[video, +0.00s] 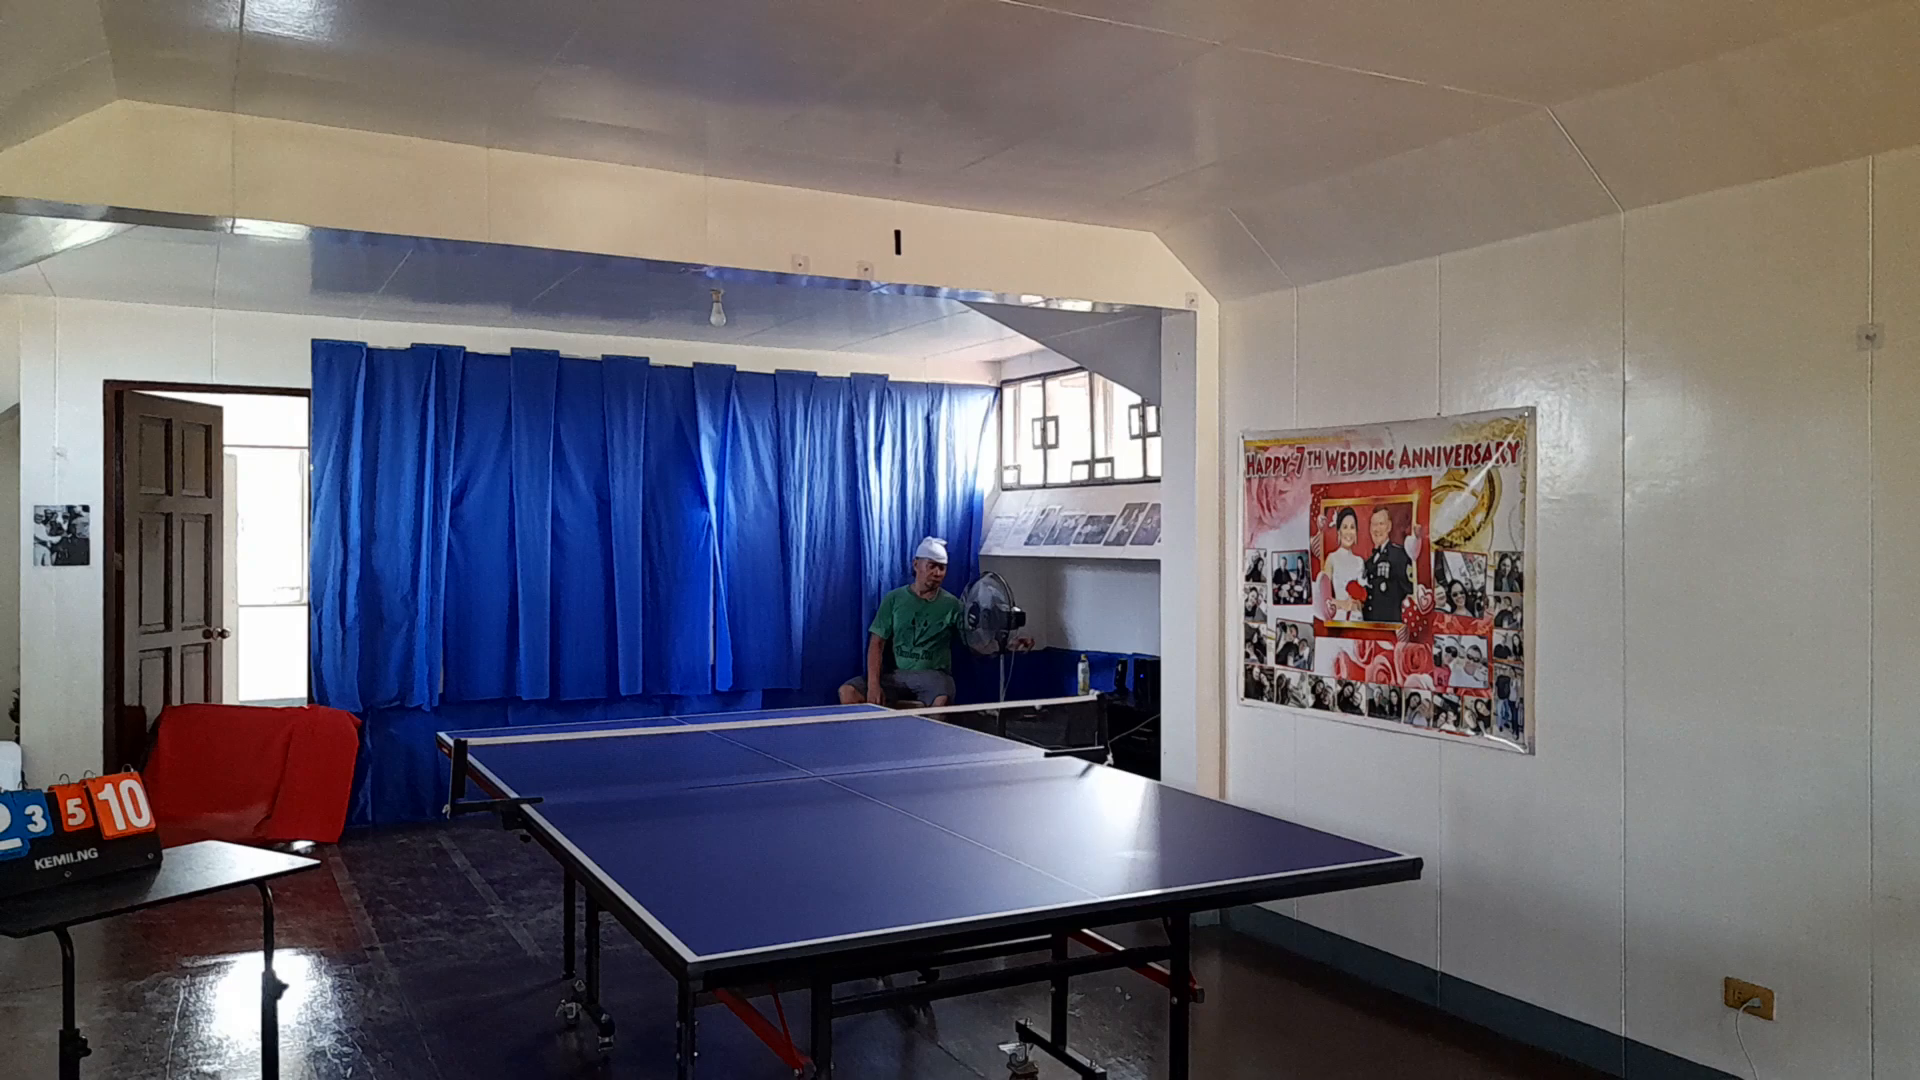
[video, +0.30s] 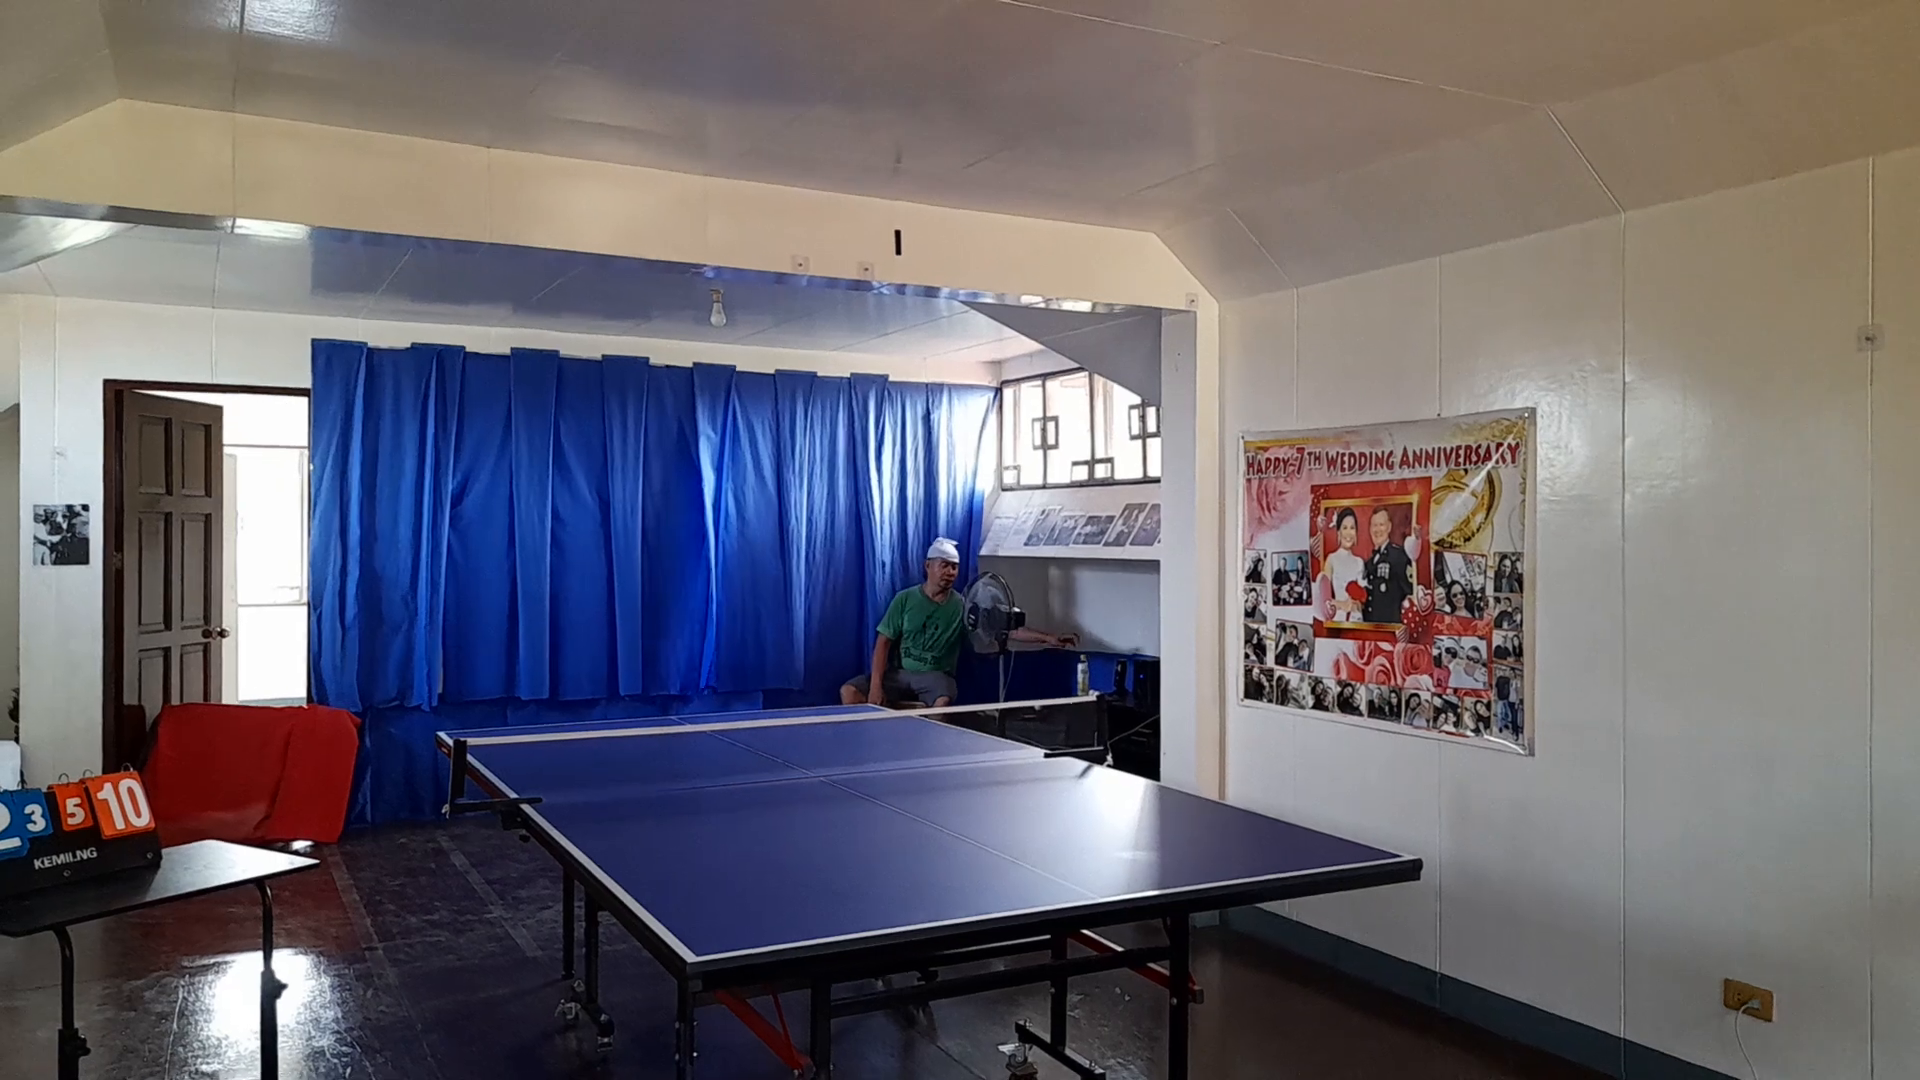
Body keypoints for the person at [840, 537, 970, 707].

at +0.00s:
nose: (937, 573)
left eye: (942, 568)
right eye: (931, 566)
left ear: (946, 571)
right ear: (916, 565)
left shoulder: (953, 605)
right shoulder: (894, 599)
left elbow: (978, 643)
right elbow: (876, 643)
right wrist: (873, 685)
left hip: (933, 677)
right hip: (897, 675)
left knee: (941, 699)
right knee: (848, 691)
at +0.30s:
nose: (950, 572)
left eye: (954, 568)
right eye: (945, 565)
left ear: (958, 572)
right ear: (928, 566)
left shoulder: (963, 607)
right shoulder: (905, 600)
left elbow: (1004, 627)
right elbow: (883, 643)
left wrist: (1046, 638)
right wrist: (875, 687)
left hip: (935, 677)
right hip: (899, 673)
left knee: (944, 703)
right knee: (849, 691)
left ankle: (928, 753)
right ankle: (871, 742)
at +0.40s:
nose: (950, 571)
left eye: (955, 566)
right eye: (945, 564)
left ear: (959, 570)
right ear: (929, 565)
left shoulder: (963, 605)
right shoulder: (906, 597)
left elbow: (1008, 624)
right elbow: (883, 641)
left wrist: (1051, 640)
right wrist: (876, 685)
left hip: (936, 675)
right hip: (900, 671)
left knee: (944, 699)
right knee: (850, 687)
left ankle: (918, 745)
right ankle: (873, 740)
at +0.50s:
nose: (952, 576)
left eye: (957, 571)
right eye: (947, 569)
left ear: (962, 574)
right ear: (932, 570)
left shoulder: (966, 609)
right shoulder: (909, 601)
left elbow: (1011, 631)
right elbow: (887, 645)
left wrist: (1053, 648)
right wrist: (881, 689)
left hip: (939, 678)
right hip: (904, 673)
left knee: (947, 705)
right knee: (854, 692)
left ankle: (923, 748)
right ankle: (881, 743)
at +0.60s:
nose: (951, 575)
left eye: (955, 570)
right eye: (945, 568)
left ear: (960, 574)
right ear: (930, 569)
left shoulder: (964, 608)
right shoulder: (908, 600)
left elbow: (1008, 634)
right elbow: (885, 643)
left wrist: (1049, 650)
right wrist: (881, 689)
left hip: (938, 676)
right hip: (902, 671)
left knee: (948, 703)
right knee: (854, 690)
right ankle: (880, 741)